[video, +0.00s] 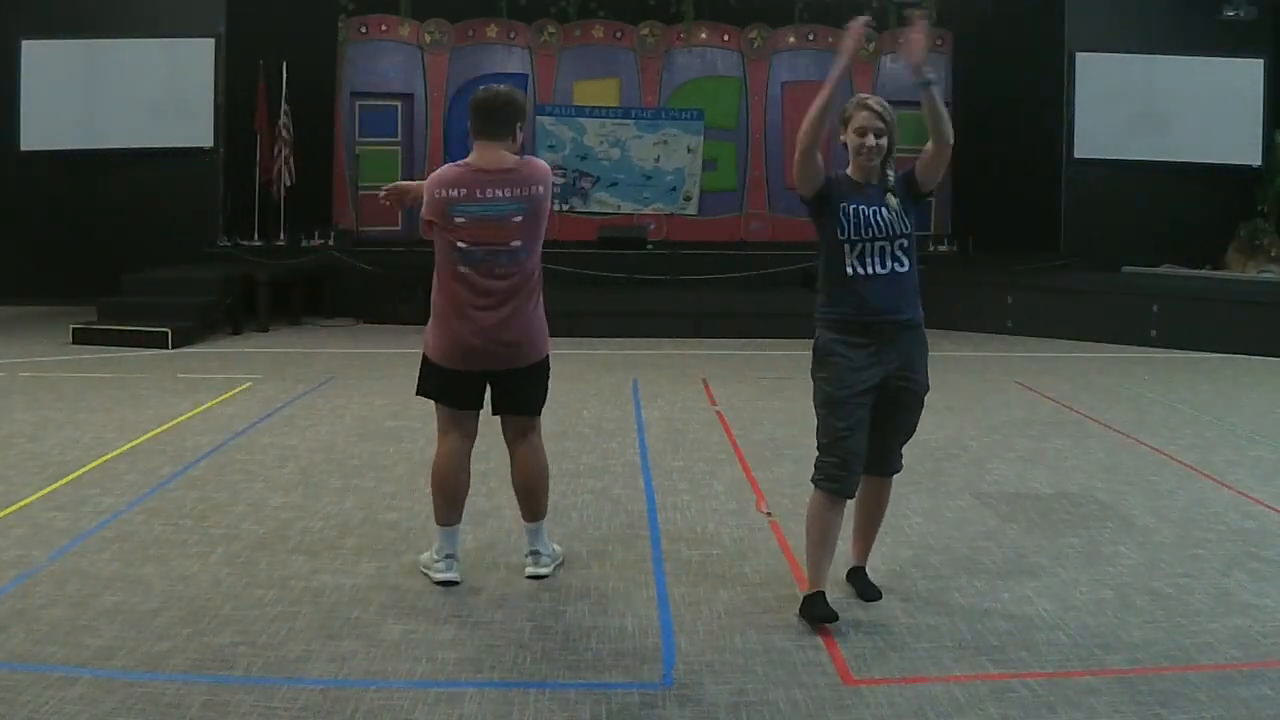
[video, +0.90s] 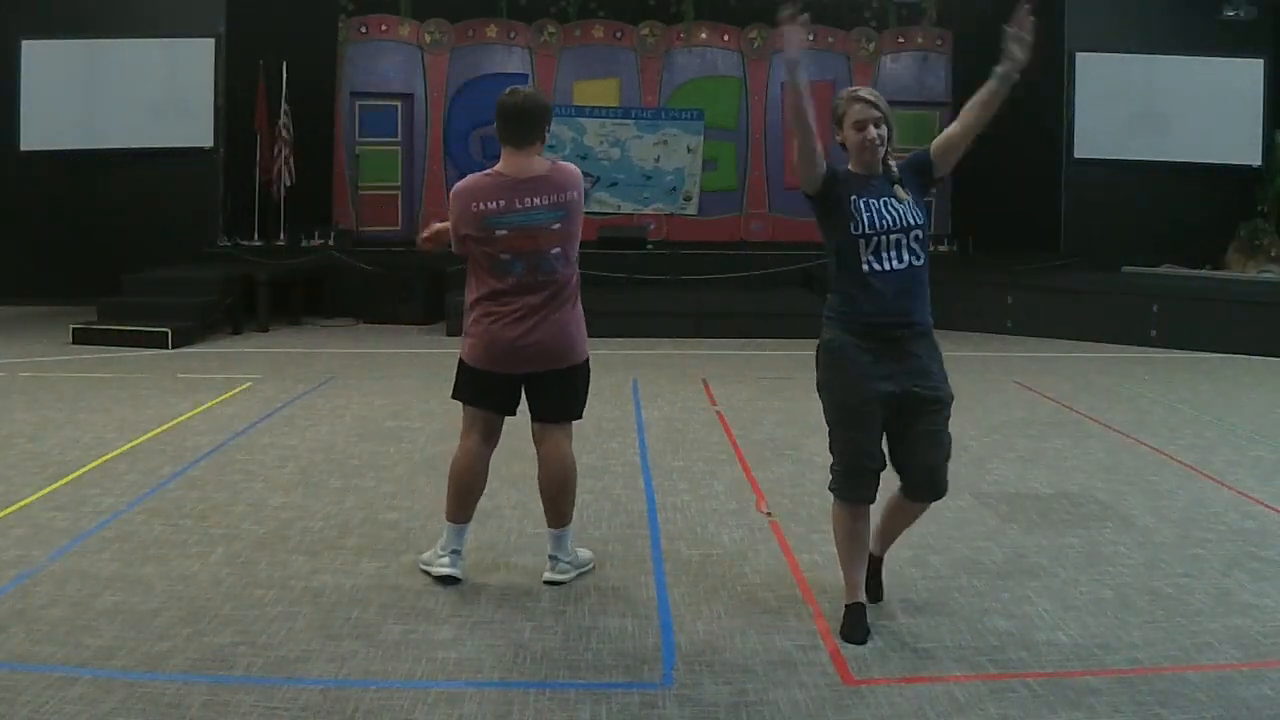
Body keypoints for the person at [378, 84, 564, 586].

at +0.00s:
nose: (525, 134)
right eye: (525, 127)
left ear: (470, 127)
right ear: (519, 131)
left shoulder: (443, 181)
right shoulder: (539, 177)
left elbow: (432, 229)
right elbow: (488, 184)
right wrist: (421, 189)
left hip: (455, 340)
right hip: (522, 339)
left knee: (453, 436)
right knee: (525, 436)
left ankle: (446, 555)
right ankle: (538, 549)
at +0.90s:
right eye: (548, 127)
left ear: (497, 130)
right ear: (545, 131)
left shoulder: (467, 193)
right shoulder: (570, 182)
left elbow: (467, 244)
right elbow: (527, 219)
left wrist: (443, 233)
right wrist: (457, 230)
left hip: (491, 344)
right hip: (559, 343)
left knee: (477, 438)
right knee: (555, 439)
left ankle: (450, 551)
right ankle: (561, 554)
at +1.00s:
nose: (548, 134)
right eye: (552, 127)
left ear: (502, 131)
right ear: (550, 131)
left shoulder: (472, 195)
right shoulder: (578, 185)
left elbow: (476, 255)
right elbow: (575, 244)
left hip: (497, 344)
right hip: (565, 343)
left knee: (481, 437)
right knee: (559, 441)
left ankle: (453, 550)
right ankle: (561, 554)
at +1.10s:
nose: (554, 132)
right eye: (557, 126)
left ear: (506, 131)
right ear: (555, 130)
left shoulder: (478, 196)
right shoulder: (586, 189)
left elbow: (477, 260)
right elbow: (596, 248)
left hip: (502, 343)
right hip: (570, 344)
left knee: (485, 435)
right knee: (562, 441)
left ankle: (456, 546)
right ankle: (562, 552)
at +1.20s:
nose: (562, 133)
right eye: (562, 127)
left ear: (512, 131)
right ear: (560, 132)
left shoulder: (485, 198)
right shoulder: (591, 194)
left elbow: (476, 279)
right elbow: (630, 259)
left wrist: (475, 341)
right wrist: (646, 302)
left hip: (508, 341)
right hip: (575, 344)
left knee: (488, 435)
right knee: (565, 440)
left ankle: (455, 542)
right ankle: (562, 553)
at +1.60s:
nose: (590, 129)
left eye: (586, 122)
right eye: (589, 123)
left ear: (535, 130)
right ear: (582, 129)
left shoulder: (509, 191)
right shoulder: (606, 190)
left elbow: (477, 252)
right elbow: (638, 265)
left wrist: (438, 298)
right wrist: (681, 327)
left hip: (530, 344)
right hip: (588, 348)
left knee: (527, 418)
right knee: (573, 444)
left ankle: (471, 516)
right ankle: (564, 554)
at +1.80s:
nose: (590, 129)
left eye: (587, 122)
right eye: (588, 123)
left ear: (535, 130)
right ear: (581, 129)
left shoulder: (517, 185)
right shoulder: (603, 196)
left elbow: (536, 250)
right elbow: (637, 265)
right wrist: (667, 308)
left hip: (531, 340)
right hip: (586, 346)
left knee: (534, 423)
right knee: (574, 443)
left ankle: (470, 509)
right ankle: (563, 554)